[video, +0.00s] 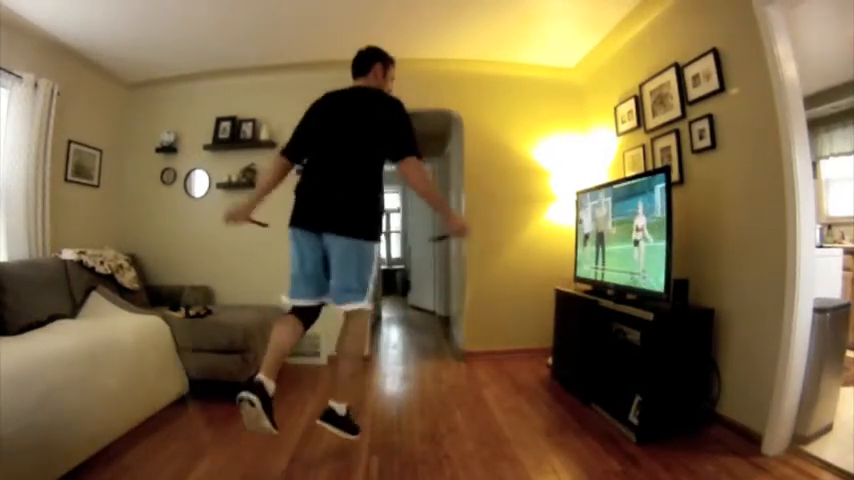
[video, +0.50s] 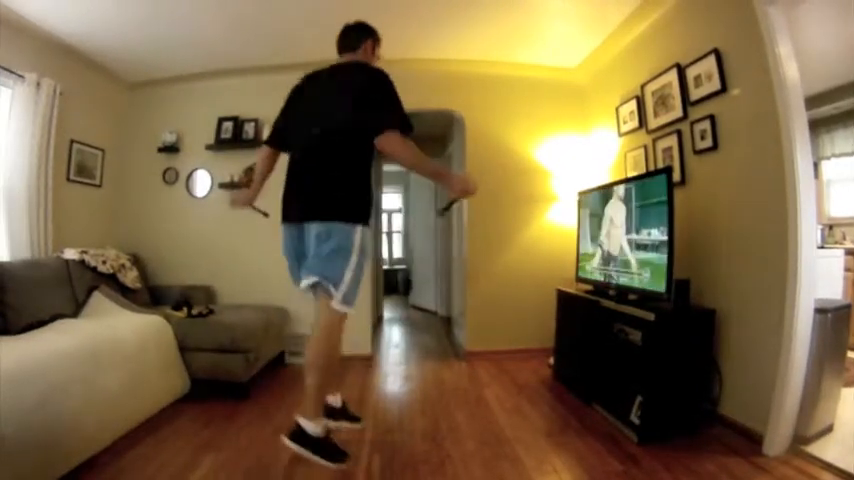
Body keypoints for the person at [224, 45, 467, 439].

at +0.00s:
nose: (392, 83)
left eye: (391, 77)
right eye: (391, 76)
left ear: (356, 73)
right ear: (379, 72)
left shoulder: (325, 103)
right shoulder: (389, 109)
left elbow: (286, 160)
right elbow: (411, 169)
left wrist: (251, 202)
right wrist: (448, 213)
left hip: (306, 217)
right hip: (354, 223)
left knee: (303, 307)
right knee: (356, 313)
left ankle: (263, 383)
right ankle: (339, 406)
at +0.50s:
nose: (378, 58)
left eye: (376, 52)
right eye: (378, 52)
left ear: (339, 49)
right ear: (371, 47)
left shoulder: (307, 83)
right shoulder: (372, 79)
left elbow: (273, 143)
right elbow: (389, 142)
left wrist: (252, 190)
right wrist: (447, 177)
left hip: (298, 207)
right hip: (341, 208)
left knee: (330, 310)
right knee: (330, 315)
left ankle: (332, 399)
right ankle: (308, 424)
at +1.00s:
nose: (387, 97)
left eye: (383, 90)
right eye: (387, 90)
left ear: (349, 91)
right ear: (381, 90)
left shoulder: (320, 130)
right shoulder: (389, 131)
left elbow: (287, 190)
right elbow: (419, 191)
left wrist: (276, 237)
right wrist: (463, 230)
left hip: (308, 250)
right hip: (352, 253)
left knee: (331, 351)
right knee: (355, 358)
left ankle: (327, 427)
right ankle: (332, 450)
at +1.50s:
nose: (398, 133)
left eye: (394, 126)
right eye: (397, 126)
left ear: (360, 127)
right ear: (391, 127)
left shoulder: (334, 164)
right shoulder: (395, 168)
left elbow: (288, 215)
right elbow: (436, 230)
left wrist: (281, 231)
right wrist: (483, 239)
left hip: (315, 283)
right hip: (363, 288)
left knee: (345, 360)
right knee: (389, 375)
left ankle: (342, 432)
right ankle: (359, 458)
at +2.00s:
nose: (388, 58)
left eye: (383, 52)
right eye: (389, 52)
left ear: (352, 49)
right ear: (386, 51)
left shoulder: (322, 84)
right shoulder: (391, 85)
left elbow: (287, 148)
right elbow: (416, 150)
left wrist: (258, 194)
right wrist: (465, 187)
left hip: (313, 210)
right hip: (361, 210)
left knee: (335, 308)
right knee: (359, 312)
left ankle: (337, 397)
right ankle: (340, 416)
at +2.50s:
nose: (378, 84)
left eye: (376, 78)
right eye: (379, 78)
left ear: (340, 74)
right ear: (372, 76)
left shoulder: (309, 112)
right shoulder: (378, 116)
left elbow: (280, 178)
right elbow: (407, 182)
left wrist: (262, 229)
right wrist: (444, 238)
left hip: (296, 235)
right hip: (341, 238)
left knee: (316, 336)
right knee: (342, 340)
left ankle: (319, 416)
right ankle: (333, 443)